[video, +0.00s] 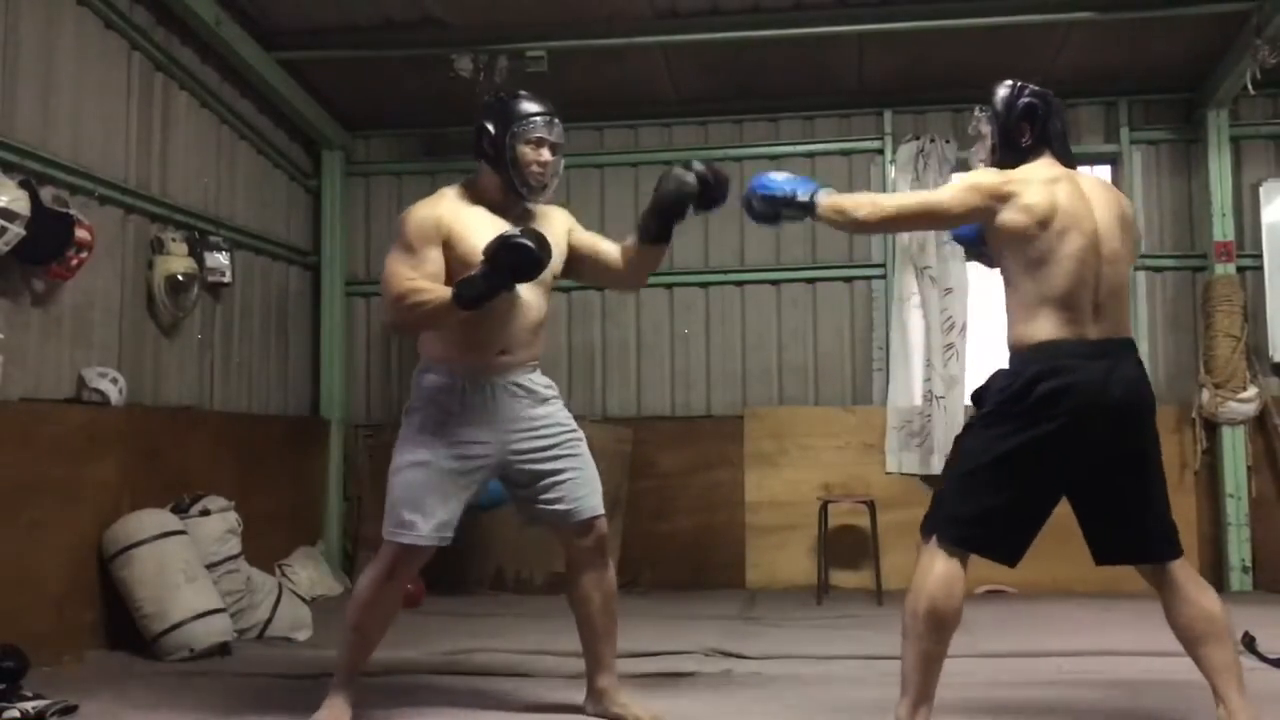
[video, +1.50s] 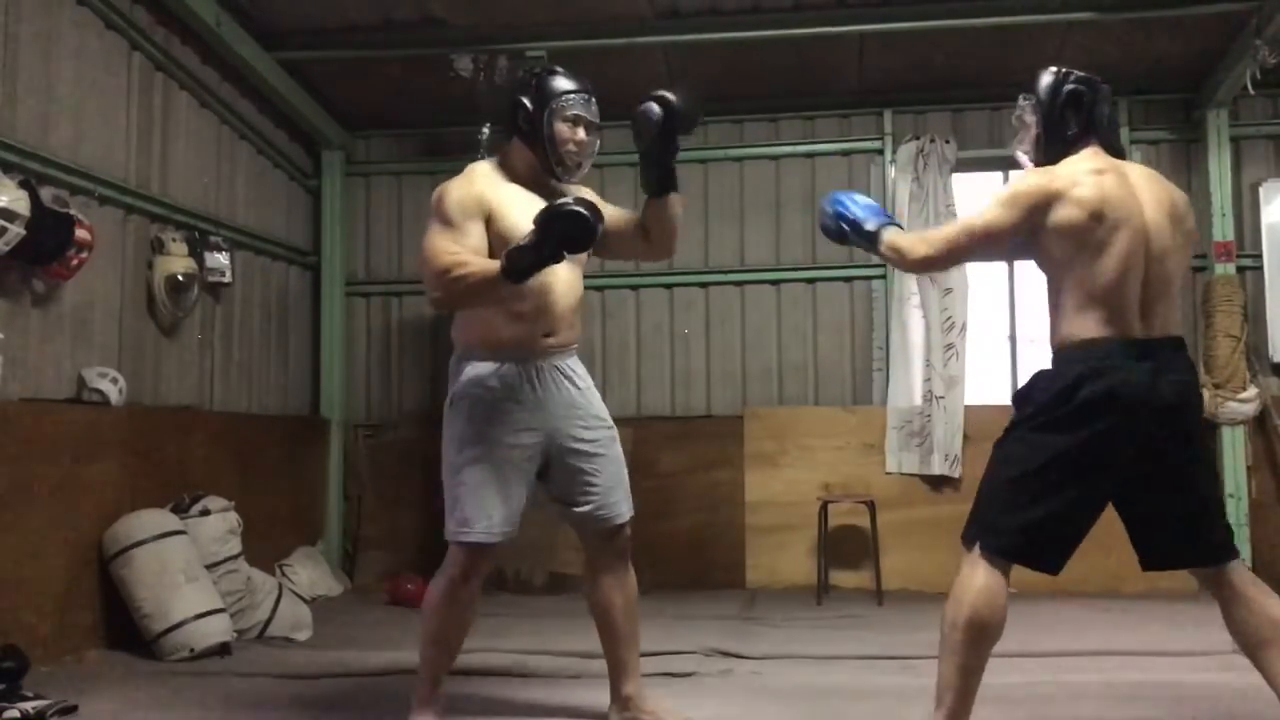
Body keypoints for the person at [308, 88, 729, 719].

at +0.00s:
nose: (548, 158)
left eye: (554, 147)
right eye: (534, 144)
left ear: (559, 155)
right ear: (494, 145)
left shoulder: (554, 224)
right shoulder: (434, 215)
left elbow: (629, 269)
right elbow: (402, 307)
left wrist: (661, 216)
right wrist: (482, 284)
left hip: (529, 395)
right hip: (447, 399)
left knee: (592, 530)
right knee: (404, 548)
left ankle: (604, 687)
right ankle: (340, 690)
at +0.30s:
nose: (503, 149)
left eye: (510, 139)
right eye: (491, 135)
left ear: (511, 146)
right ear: (450, 133)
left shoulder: (500, 217)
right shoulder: (393, 192)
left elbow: (574, 254)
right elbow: (369, 263)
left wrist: (574, 173)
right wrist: (454, 229)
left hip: (477, 383)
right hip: (401, 386)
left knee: (533, 521)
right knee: (378, 544)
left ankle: (518, 680)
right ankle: (337, 693)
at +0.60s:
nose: (500, 147)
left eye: (507, 135)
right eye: (486, 132)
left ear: (510, 144)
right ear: (445, 132)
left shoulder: (490, 218)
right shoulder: (391, 197)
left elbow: (560, 279)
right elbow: (379, 294)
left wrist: (576, 207)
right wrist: (456, 272)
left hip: (481, 385)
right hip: (407, 387)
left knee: (529, 537)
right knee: (382, 549)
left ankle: (571, 689)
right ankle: (339, 696)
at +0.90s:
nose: (527, 147)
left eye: (533, 136)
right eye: (514, 131)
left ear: (535, 144)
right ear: (472, 130)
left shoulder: (520, 212)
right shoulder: (414, 198)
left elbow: (604, 239)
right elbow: (395, 294)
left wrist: (608, 162)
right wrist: (477, 262)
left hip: (511, 385)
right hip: (434, 390)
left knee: (560, 537)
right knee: (415, 554)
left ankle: (583, 691)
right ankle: (372, 698)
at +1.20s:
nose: (555, 147)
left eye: (561, 135)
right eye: (541, 131)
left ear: (563, 143)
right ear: (499, 131)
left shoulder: (552, 217)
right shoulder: (439, 200)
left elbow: (617, 274)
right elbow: (387, 291)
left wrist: (624, 203)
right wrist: (473, 280)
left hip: (545, 390)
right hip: (463, 398)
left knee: (600, 540)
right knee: (427, 558)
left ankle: (627, 697)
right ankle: (371, 700)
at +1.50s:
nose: (584, 137)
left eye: (590, 126)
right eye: (570, 122)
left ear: (592, 133)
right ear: (528, 124)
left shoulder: (576, 203)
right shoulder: (467, 190)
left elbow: (656, 242)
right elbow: (444, 286)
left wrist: (658, 157)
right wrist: (532, 255)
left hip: (568, 380)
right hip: (490, 386)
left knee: (612, 536)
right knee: (471, 555)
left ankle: (629, 697)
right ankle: (426, 703)